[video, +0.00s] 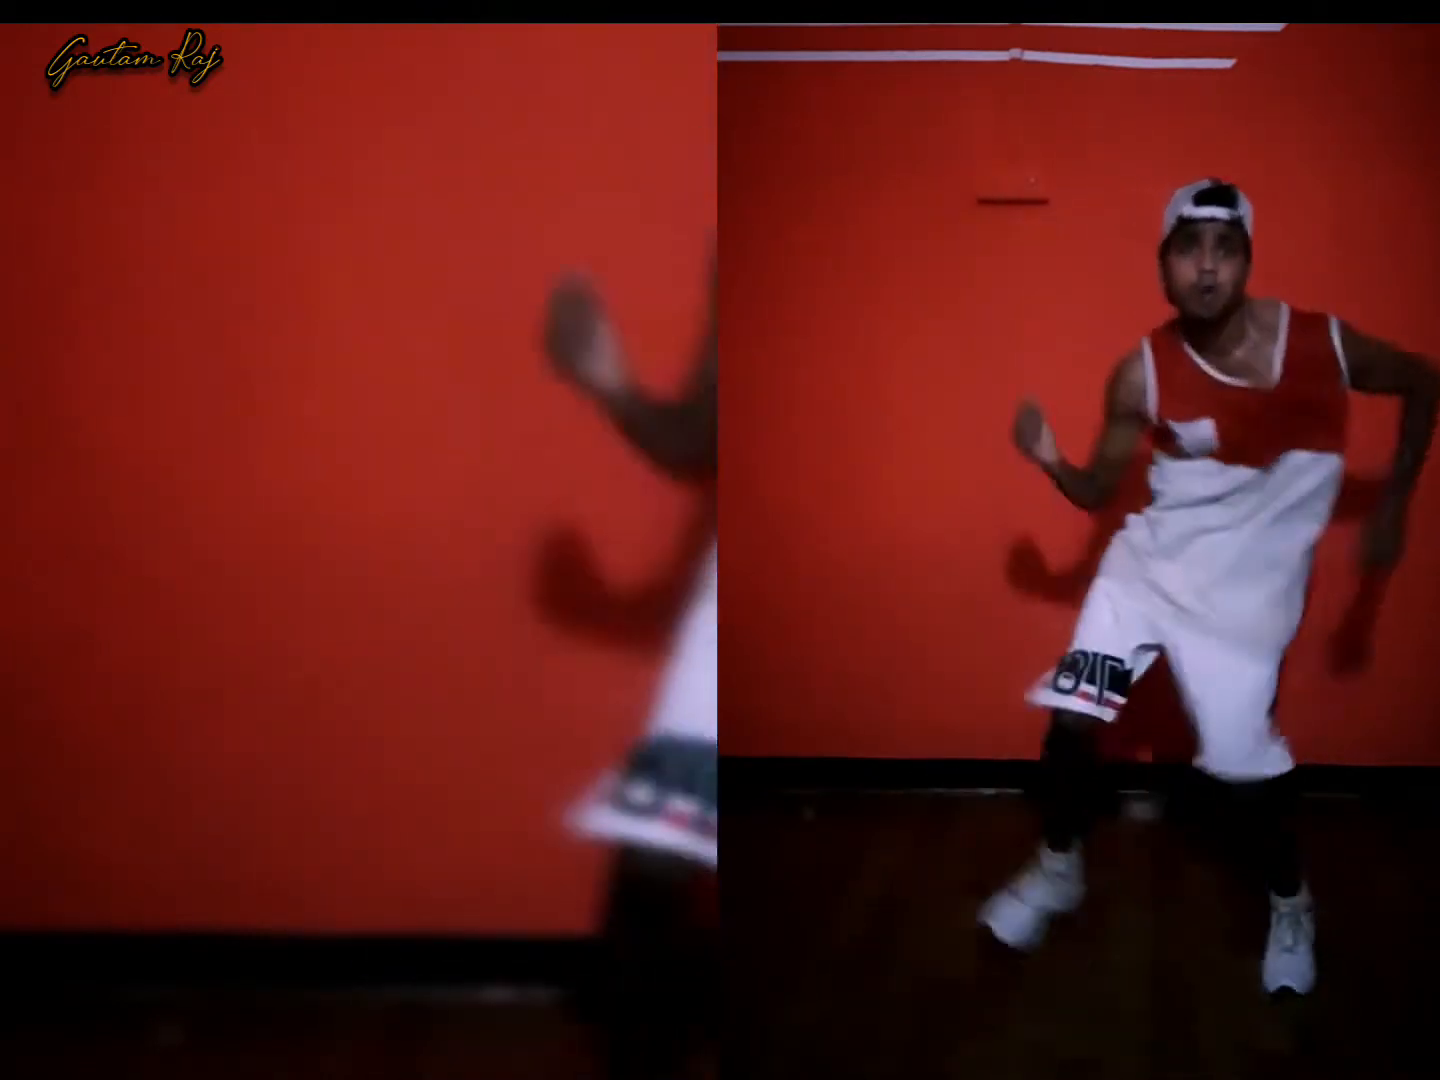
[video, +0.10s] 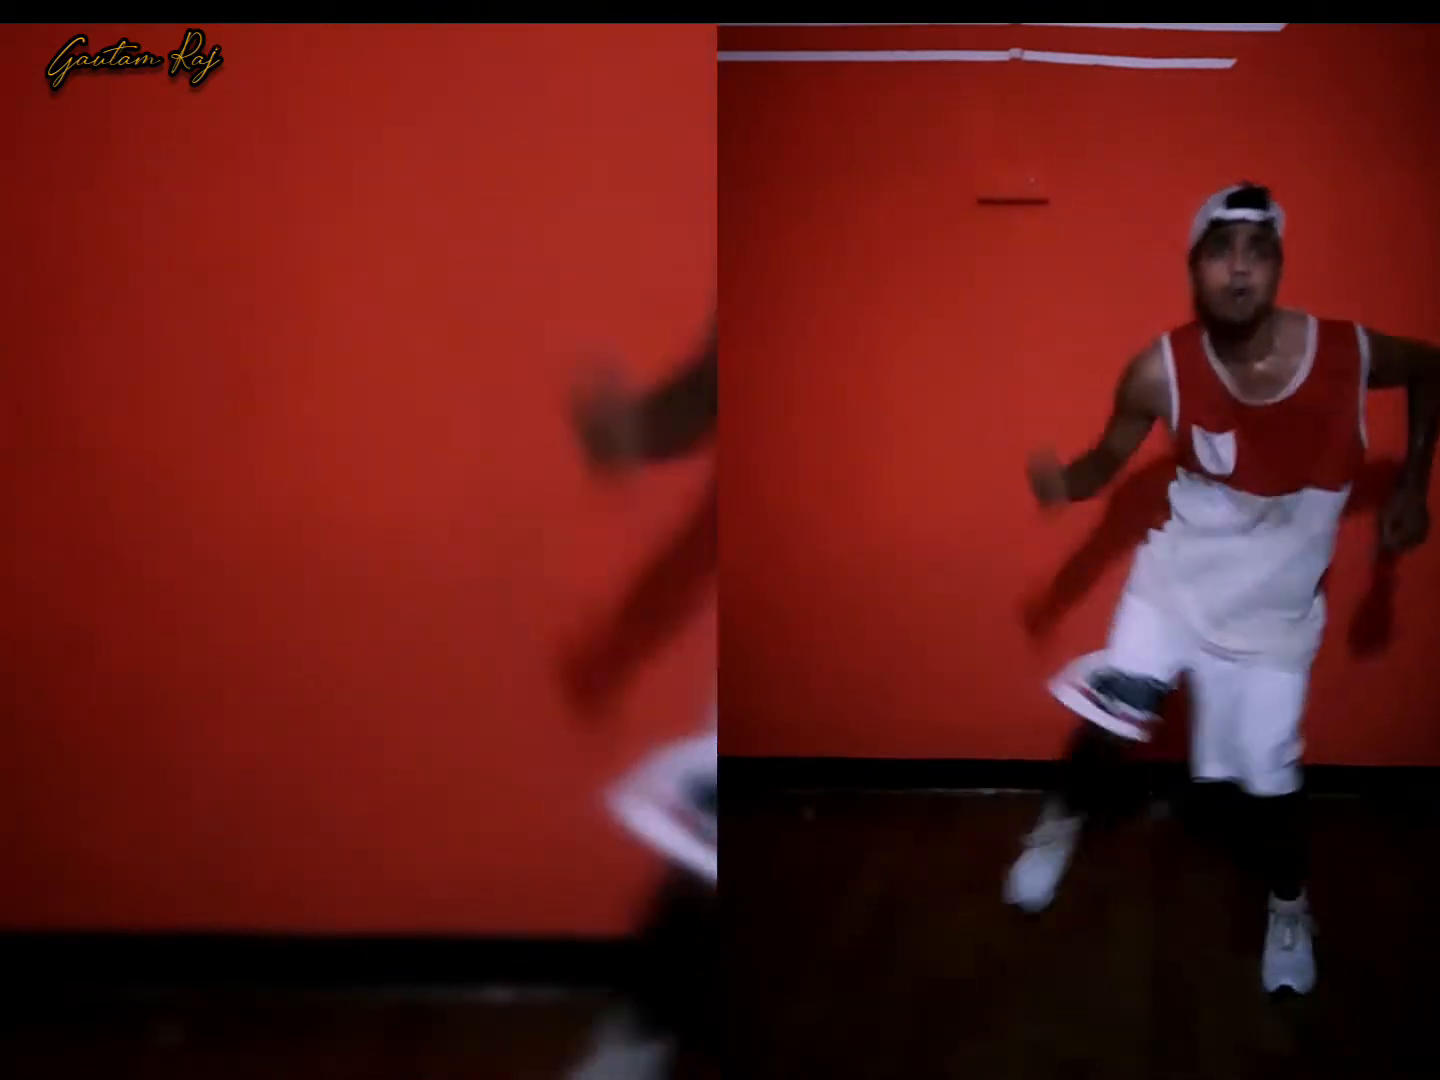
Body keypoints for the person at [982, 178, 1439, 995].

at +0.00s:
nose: (1207, 269)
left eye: (1224, 251)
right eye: (1189, 252)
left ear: (1248, 262)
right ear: (1165, 267)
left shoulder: (1318, 346)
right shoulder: (1144, 371)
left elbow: (1420, 381)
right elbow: (1096, 489)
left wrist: (1394, 503)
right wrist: (1051, 460)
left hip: (1248, 589)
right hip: (1146, 565)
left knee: (1237, 759)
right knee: (1070, 720)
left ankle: (1288, 909)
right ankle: (1056, 869)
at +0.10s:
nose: (1239, 270)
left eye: (1257, 252)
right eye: (1221, 252)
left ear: (1281, 268)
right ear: (1195, 270)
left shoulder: (1346, 353)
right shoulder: (1163, 370)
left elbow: (1430, 372)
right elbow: (1105, 463)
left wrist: (1414, 485)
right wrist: (1065, 481)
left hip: (1279, 595)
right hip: (1178, 572)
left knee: (1262, 773)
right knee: (1113, 714)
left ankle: (1288, 912)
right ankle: (1058, 826)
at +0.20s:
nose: (1274, 257)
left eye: (1291, 240)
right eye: (1256, 239)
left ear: (1312, 257)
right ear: (1225, 256)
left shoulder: (1361, 355)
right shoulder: (1172, 351)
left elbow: (1392, 433)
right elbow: (1103, 426)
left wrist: (1405, 499)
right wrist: (1092, 535)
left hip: (1316, 595)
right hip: (1212, 597)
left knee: (1331, 760)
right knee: (1199, 777)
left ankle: (1261, 910)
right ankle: (1166, 821)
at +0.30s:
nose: (1299, 280)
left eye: (1316, 262)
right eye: (1280, 261)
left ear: (1338, 278)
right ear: (1251, 275)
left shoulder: (1366, 388)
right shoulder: (1188, 364)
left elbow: (1338, 537)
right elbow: (1120, 426)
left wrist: (1394, 490)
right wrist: (1112, 526)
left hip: (1323, 601)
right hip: (1230, 605)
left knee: (1347, 763)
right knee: (1280, 789)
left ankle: (1249, 921)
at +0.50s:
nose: (1280, 263)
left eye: (1299, 245)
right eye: (1262, 244)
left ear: (1325, 262)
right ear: (1235, 260)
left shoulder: (1377, 366)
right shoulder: (1188, 348)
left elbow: (1407, 471)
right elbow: (1112, 419)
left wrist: (1367, 547)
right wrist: (1102, 504)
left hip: (1295, 615)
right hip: (1192, 597)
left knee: (1296, 775)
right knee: (1198, 768)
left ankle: (1253, 919)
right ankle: (1233, 845)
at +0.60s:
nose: (1242, 253)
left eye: (1261, 235)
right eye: (1225, 233)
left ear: (1286, 249)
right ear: (1198, 247)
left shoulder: (1358, 343)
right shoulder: (1169, 348)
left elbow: (1407, 423)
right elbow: (1119, 452)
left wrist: (1369, 534)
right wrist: (1073, 468)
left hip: (1280, 570)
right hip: (1184, 546)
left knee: (1263, 738)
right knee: (1148, 706)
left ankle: (1268, 890)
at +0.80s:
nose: (1209, 253)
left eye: (1227, 237)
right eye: (1192, 236)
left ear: (1251, 250)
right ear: (1167, 249)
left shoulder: (1311, 347)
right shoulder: (1126, 342)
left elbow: (1373, 431)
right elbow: (1050, 430)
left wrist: (1344, 494)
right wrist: (1051, 543)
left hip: (1271, 568)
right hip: (1165, 544)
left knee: (1282, 742)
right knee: (1103, 695)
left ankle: (1270, 888)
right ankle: (1077, 873)